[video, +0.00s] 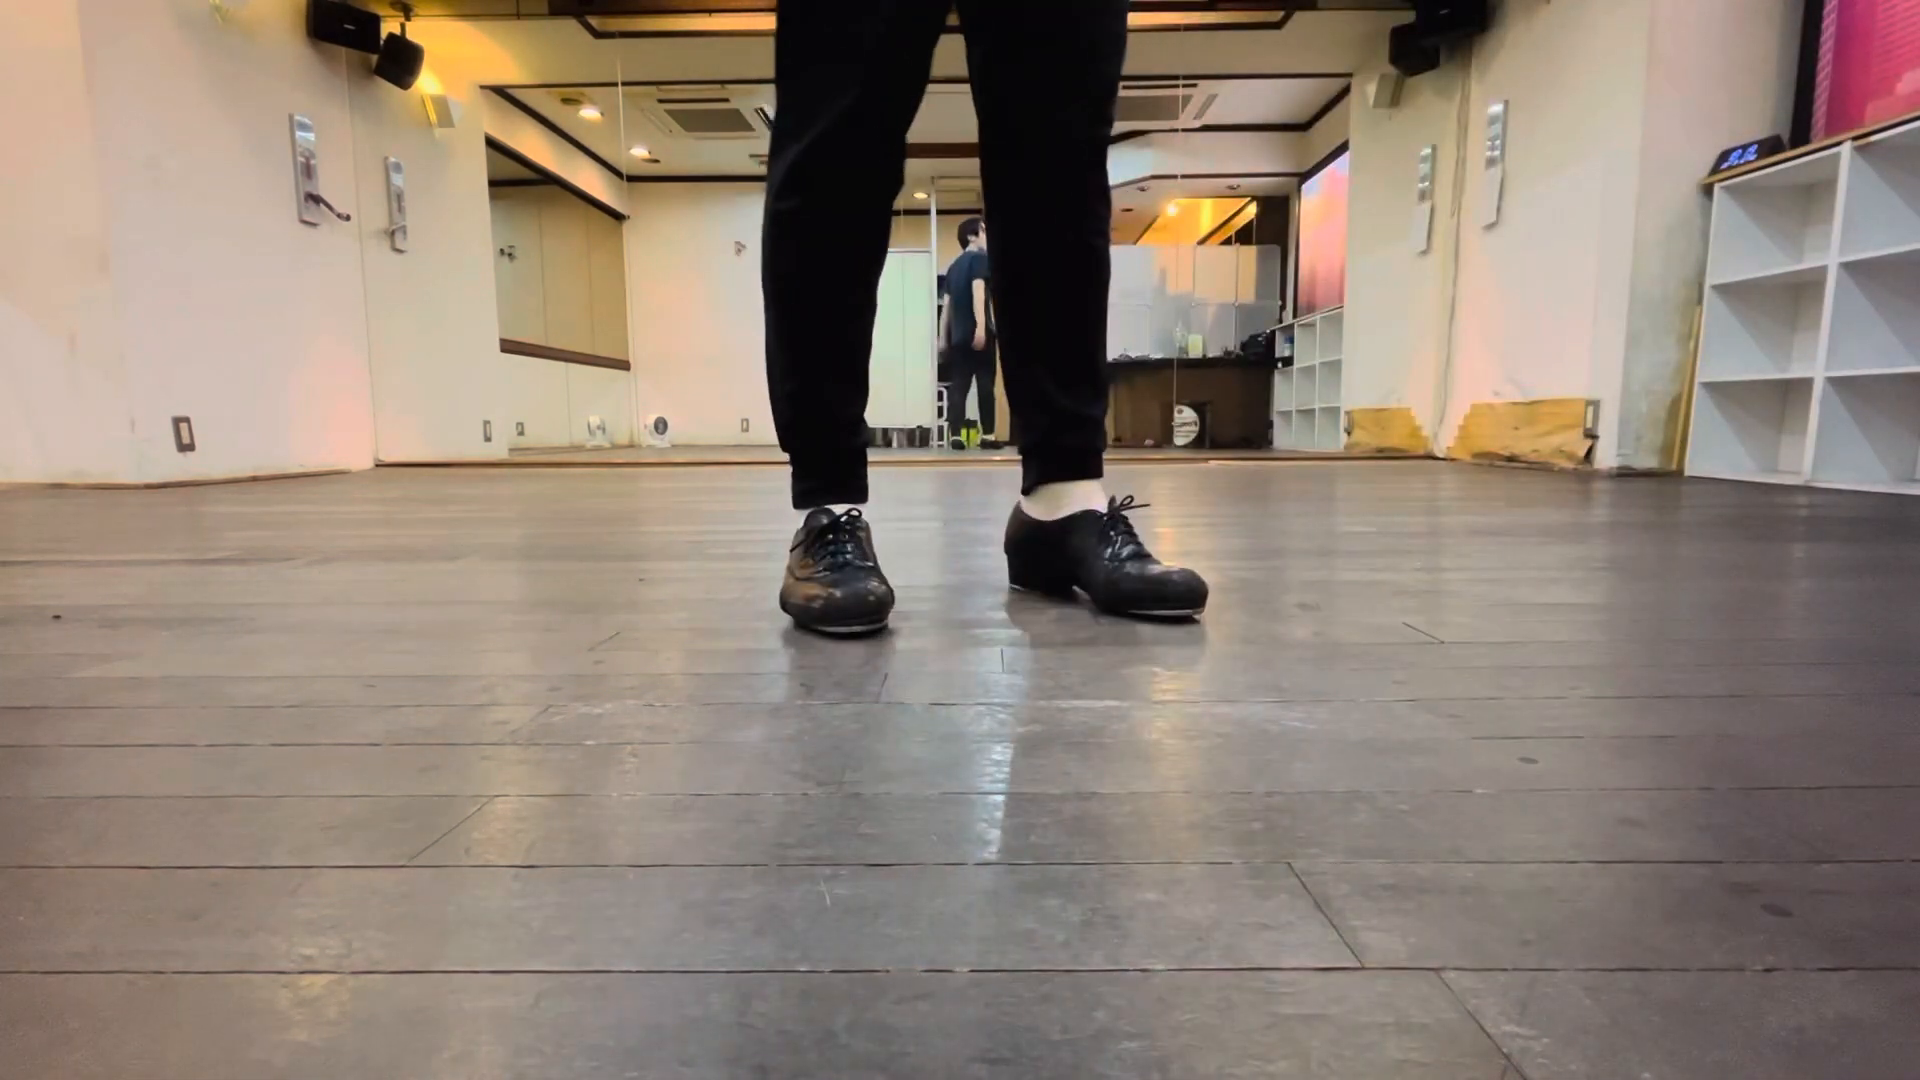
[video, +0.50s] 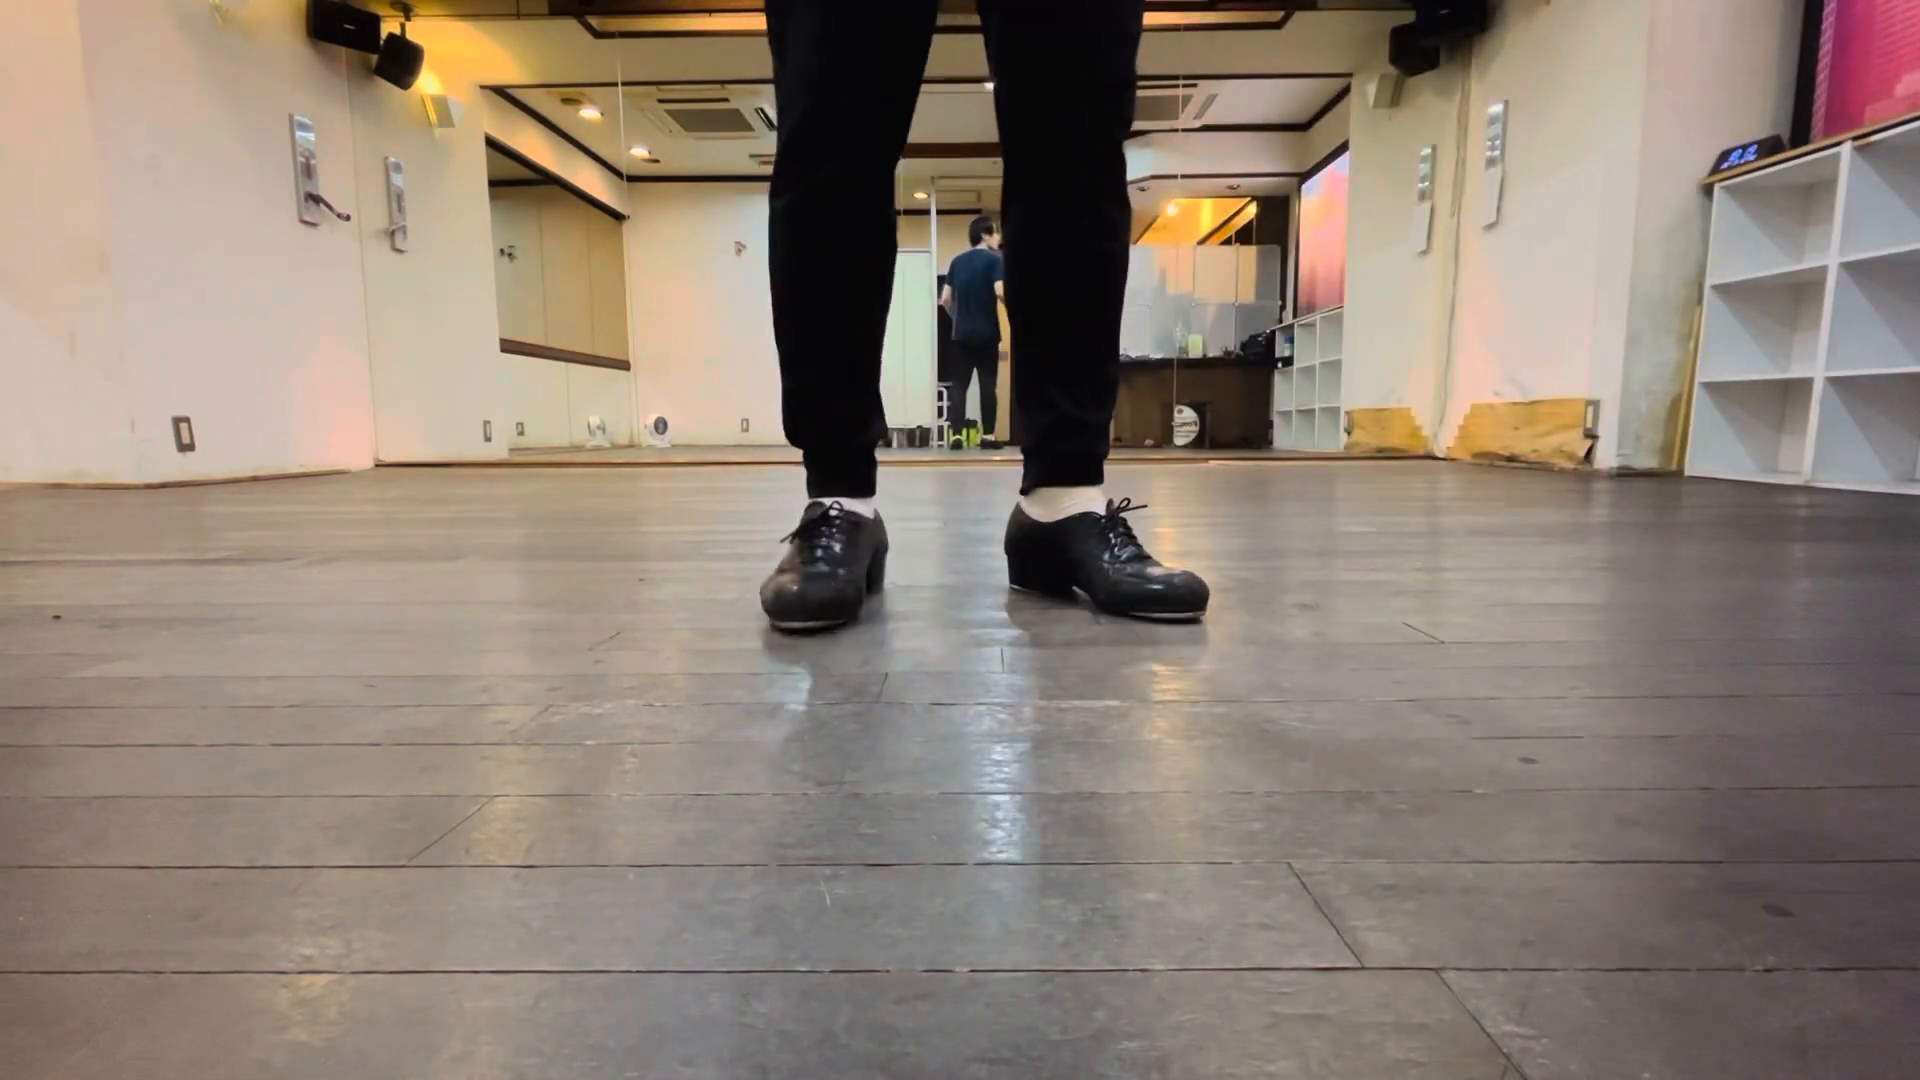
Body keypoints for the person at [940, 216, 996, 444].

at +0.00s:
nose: (987, 237)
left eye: (985, 232)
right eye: (984, 233)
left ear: (965, 238)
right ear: (974, 236)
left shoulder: (954, 266)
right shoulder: (979, 258)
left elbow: (947, 304)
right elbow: (978, 290)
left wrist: (943, 336)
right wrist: (981, 325)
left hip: (958, 333)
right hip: (980, 332)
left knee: (959, 383)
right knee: (986, 384)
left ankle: (955, 433)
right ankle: (987, 433)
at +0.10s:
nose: (992, 236)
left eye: (991, 232)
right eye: (988, 232)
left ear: (972, 237)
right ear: (976, 236)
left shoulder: (957, 264)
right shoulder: (983, 258)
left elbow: (945, 302)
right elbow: (980, 291)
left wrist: (933, 332)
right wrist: (988, 328)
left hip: (960, 334)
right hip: (982, 333)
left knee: (960, 384)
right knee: (987, 385)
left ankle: (955, 433)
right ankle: (988, 434)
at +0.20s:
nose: (996, 235)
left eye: (995, 231)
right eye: (992, 231)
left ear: (974, 236)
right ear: (981, 235)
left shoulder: (959, 263)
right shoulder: (987, 259)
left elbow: (946, 299)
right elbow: (985, 294)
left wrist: (932, 330)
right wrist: (999, 328)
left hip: (961, 334)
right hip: (984, 334)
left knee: (962, 384)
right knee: (988, 386)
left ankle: (956, 434)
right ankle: (988, 435)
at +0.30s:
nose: (1000, 237)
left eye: (998, 232)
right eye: (996, 232)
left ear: (977, 237)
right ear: (984, 235)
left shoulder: (959, 262)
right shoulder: (992, 259)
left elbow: (948, 300)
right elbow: (992, 292)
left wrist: (939, 330)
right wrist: (1008, 318)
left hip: (961, 333)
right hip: (986, 332)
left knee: (961, 383)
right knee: (988, 385)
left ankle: (956, 432)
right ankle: (988, 434)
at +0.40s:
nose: (1000, 237)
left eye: (999, 233)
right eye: (997, 233)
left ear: (977, 237)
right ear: (986, 235)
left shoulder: (959, 261)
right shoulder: (994, 259)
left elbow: (947, 299)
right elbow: (999, 291)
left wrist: (950, 328)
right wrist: (1012, 317)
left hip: (962, 332)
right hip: (987, 331)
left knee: (960, 384)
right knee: (988, 386)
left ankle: (956, 432)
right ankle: (988, 434)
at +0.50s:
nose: (998, 238)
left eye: (997, 234)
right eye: (996, 234)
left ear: (974, 236)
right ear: (986, 235)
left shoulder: (957, 261)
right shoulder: (994, 259)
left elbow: (945, 299)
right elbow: (1000, 291)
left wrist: (958, 319)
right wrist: (1013, 307)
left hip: (961, 331)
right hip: (987, 331)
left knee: (959, 384)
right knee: (987, 386)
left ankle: (956, 433)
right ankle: (988, 434)